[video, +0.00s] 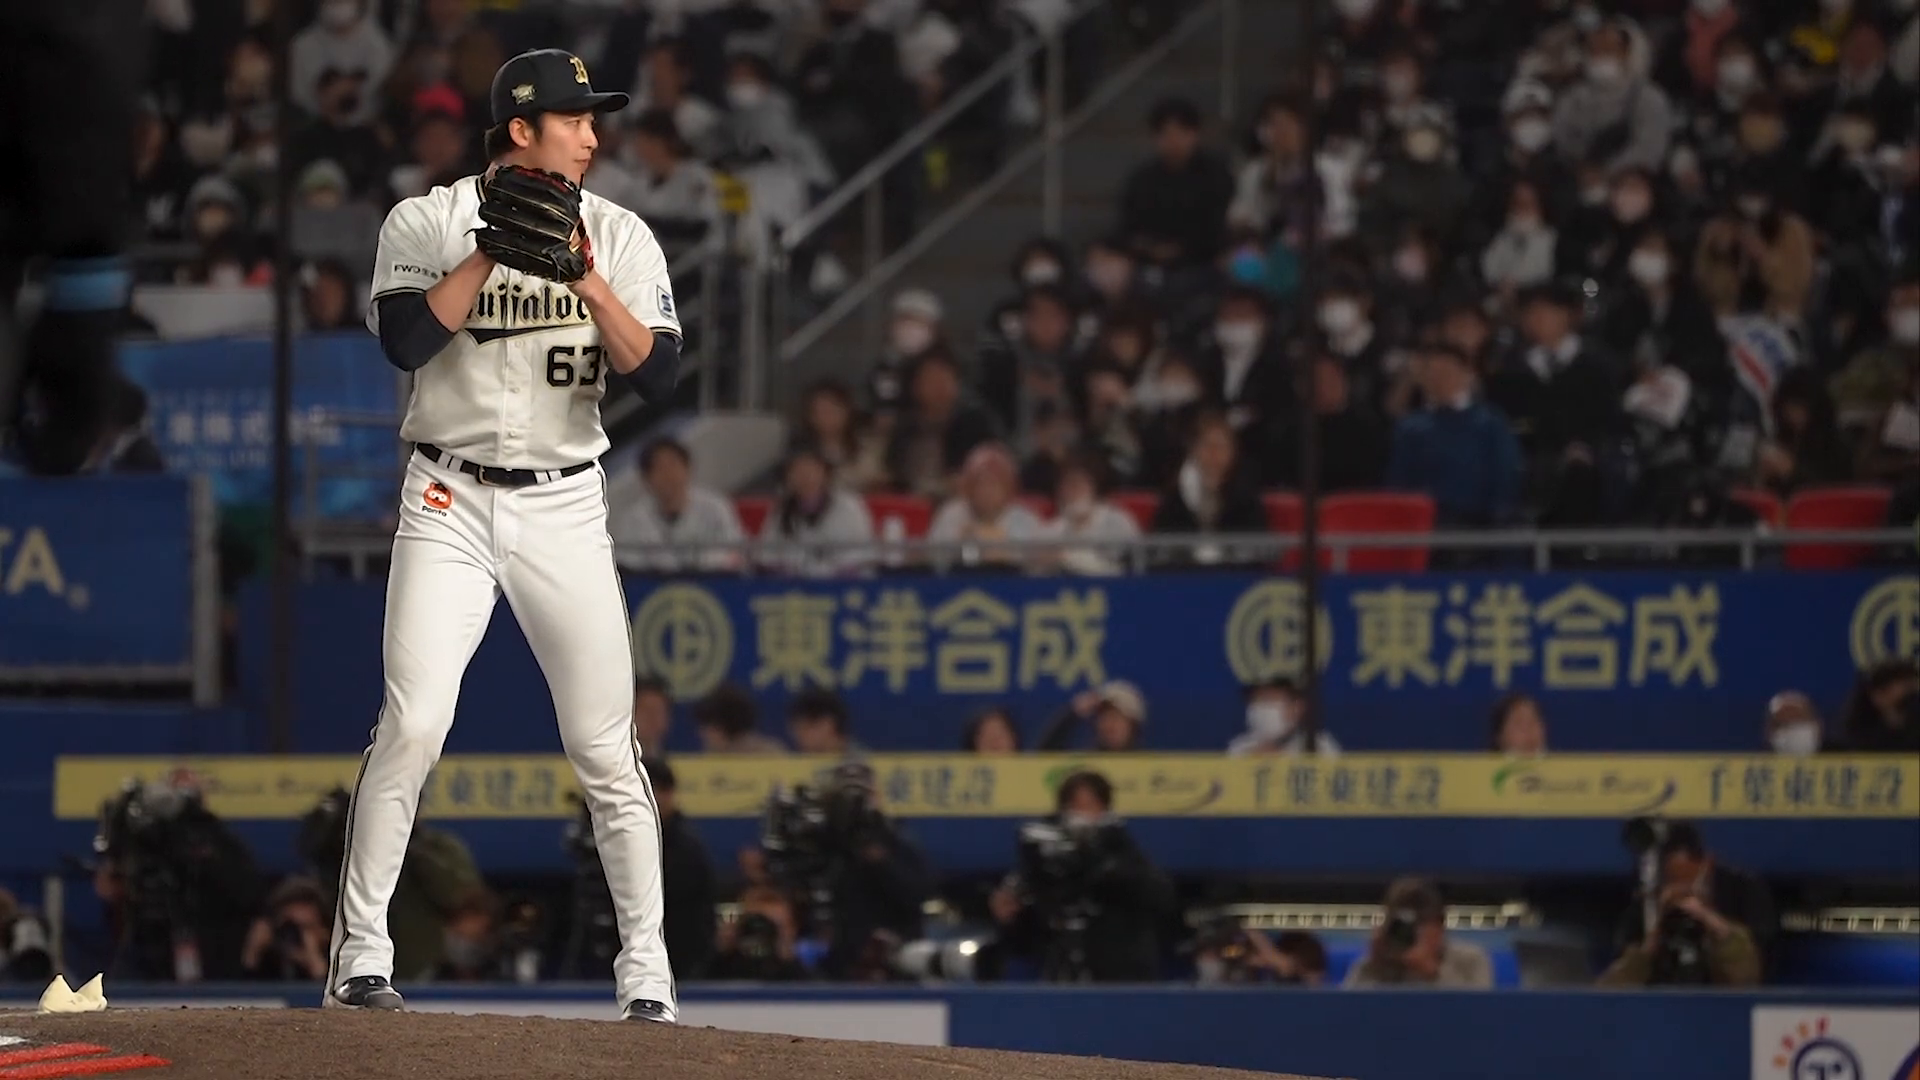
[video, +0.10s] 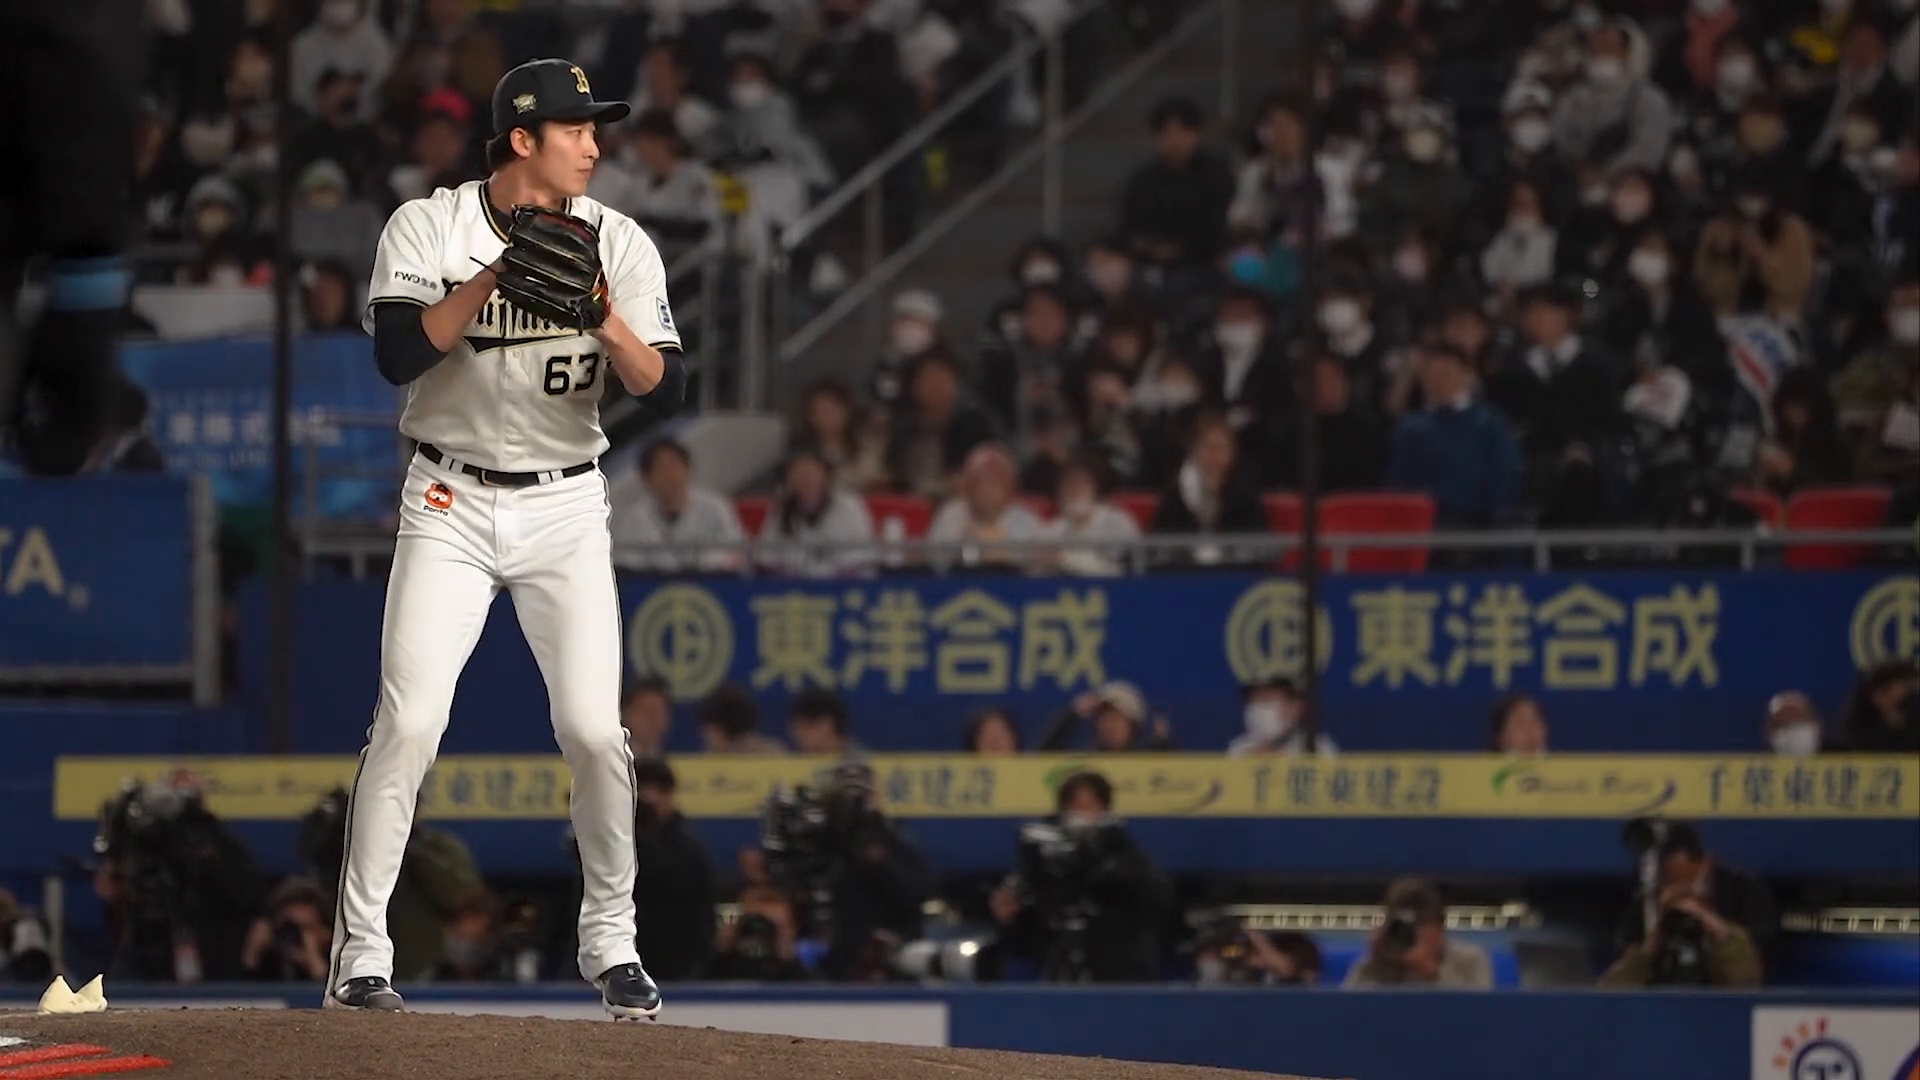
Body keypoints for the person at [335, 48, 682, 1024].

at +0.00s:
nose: (592, 133)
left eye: (593, 118)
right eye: (574, 117)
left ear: (585, 133)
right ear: (517, 128)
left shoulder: (624, 238)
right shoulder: (429, 220)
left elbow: (659, 380)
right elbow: (403, 343)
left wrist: (589, 281)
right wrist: (491, 250)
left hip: (566, 511)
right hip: (447, 501)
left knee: (603, 748)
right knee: (413, 724)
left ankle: (645, 970)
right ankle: (361, 957)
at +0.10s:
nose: (594, 146)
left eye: (596, 130)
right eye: (577, 129)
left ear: (584, 142)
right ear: (520, 137)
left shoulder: (624, 244)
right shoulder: (428, 223)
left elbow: (656, 386)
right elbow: (395, 354)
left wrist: (603, 317)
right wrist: (497, 276)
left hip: (569, 509)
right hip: (449, 503)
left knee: (595, 732)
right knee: (409, 721)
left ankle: (612, 945)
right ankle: (360, 957)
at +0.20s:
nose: (600, 183)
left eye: (600, 168)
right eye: (582, 168)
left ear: (584, 181)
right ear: (526, 180)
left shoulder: (627, 285)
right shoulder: (430, 268)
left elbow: (683, 434)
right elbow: (386, 409)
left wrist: (635, 430)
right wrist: (481, 382)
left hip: (575, 529)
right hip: (458, 529)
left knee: (557, 678)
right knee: (413, 729)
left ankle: (537, 861)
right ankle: (363, 948)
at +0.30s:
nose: (602, 248)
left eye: (602, 232)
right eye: (584, 233)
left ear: (595, 241)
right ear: (530, 245)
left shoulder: (634, 349)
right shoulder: (443, 338)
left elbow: (701, 486)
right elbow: (390, 479)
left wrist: (688, 574)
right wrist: (434, 564)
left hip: (590, 567)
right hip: (474, 570)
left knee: (591, 715)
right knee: (425, 743)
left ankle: (551, 929)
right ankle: (362, 954)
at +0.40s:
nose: (619, 312)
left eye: (618, 295)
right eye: (599, 298)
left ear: (612, 305)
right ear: (546, 312)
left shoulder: (656, 405)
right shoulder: (460, 407)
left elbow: (752, 523)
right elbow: (395, 554)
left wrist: (829, 650)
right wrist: (347, 700)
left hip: (625, 618)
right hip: (505, 629)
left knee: (673, 765)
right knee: (451, 762)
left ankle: (739, 930)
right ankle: (365, 962)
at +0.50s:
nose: (673, 369)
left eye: (673, 353)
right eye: (654, 354)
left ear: (660, 366)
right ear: (594, 367)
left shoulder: (709, 449)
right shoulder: (505, 466)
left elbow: (858, 511)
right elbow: (392, 569)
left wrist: (1006, 548)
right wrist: (275, 662)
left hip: (692, 673)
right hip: (569, 687)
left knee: (815, 789)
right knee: (500, 792)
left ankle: (973, 962)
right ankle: (382, 947)